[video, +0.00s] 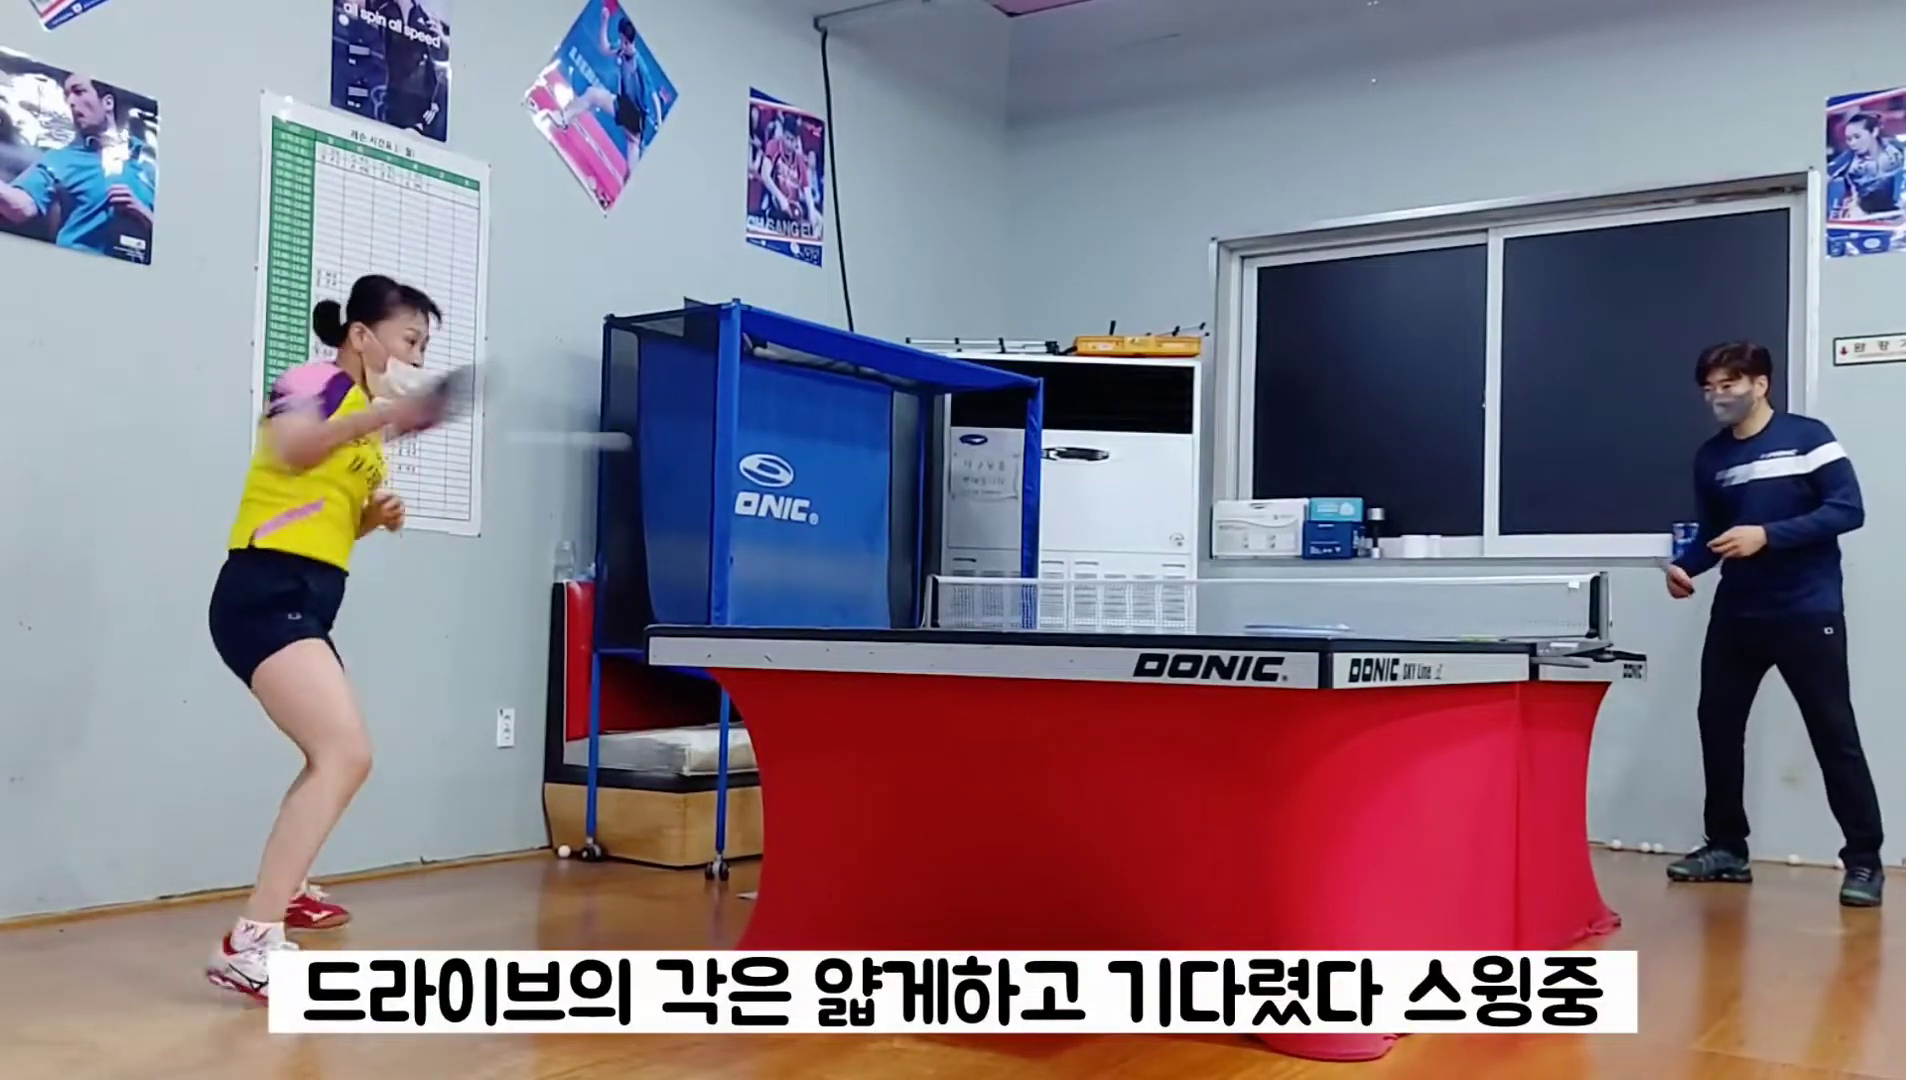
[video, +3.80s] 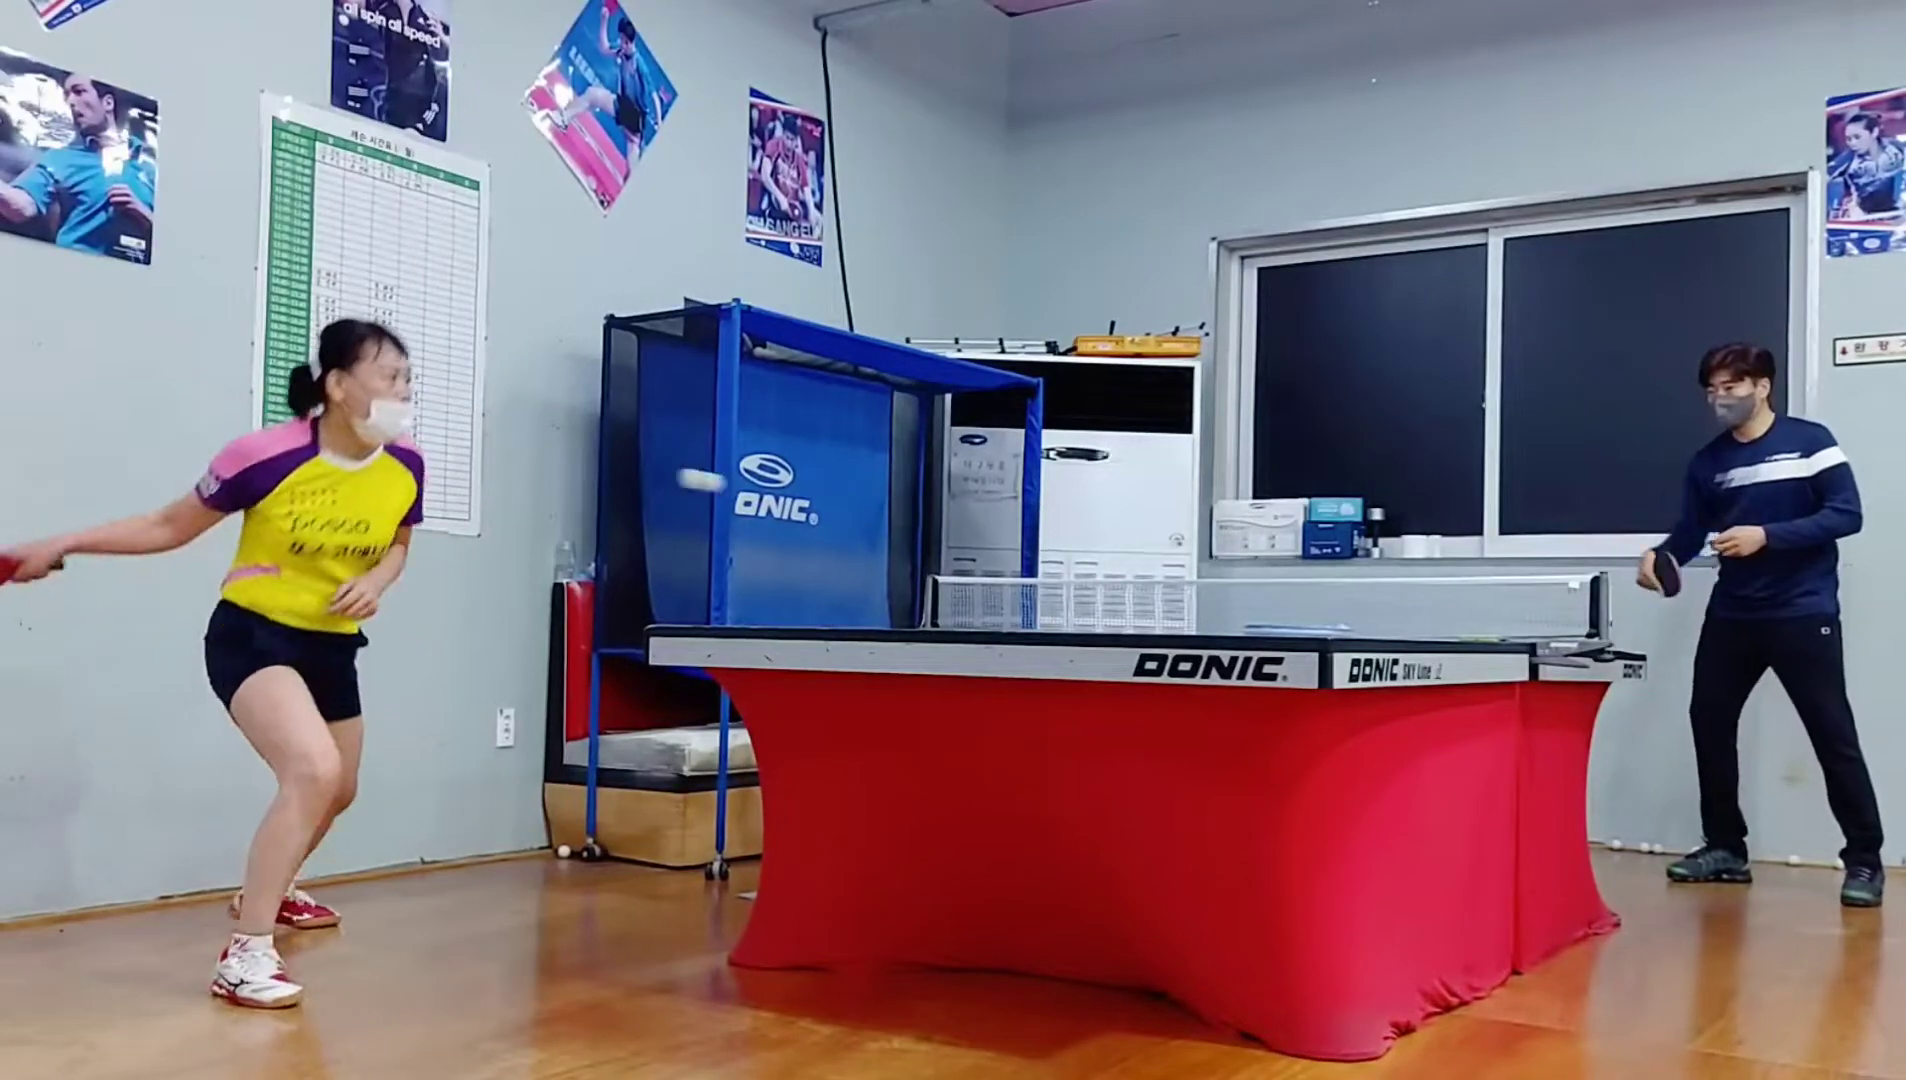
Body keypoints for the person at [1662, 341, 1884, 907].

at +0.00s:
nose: (1717, 395)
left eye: (1728, 384)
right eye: (1710, 388)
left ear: (1761, 384)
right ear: (1705, 395)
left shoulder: (1809, 436)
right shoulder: (1710, 458)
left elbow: (1848, 509)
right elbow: (1714, 534)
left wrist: (1767, 534)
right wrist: (1685, 564)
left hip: (1808, 615)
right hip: (1738, 616)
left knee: (1835, 737)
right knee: (1717, 725)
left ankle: (1863, 862)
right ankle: (1727, 848)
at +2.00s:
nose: (1730, 395)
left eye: (1741, 384)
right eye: (1723, 388)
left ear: (1772, 383)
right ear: (1718, 395)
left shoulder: (1822, 437)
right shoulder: (1726, 456)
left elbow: (1860, 510)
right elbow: (1726, 531)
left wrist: (1776, 529)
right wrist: (1693, 569)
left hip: (1816, 616)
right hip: (1747, 616)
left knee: (1839, 737)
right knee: (1725, 726)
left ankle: (1864, 863)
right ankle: (1728, 849)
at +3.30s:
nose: (1721, 410)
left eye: (1732, 399)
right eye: (1714, 401)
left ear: (1764, 396)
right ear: (1708, 402)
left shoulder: (1819, 443)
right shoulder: (1710, 462)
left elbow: (1862, 515)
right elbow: (1668, 516)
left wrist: (1788, 536)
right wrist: (1640, 554)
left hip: (1813, 618)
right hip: (1740, 618)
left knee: (1839, 737)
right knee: (1713, 723)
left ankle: (1864, 863)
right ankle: (1725, 848)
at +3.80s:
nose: (1722, 394)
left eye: (1733, 383)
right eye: (1715, 387)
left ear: (1763, 386)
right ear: (1708, 396)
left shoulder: (1811, 440)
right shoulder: (1708, 462)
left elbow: (1846, 514)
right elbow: (1690, 533)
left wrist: (1766, 534)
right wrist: (1662, 555)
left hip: (1804, 618)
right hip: (1733, 619)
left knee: (1834, 739)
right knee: (1709, 721)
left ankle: (1863, 862)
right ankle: (1724, 848)